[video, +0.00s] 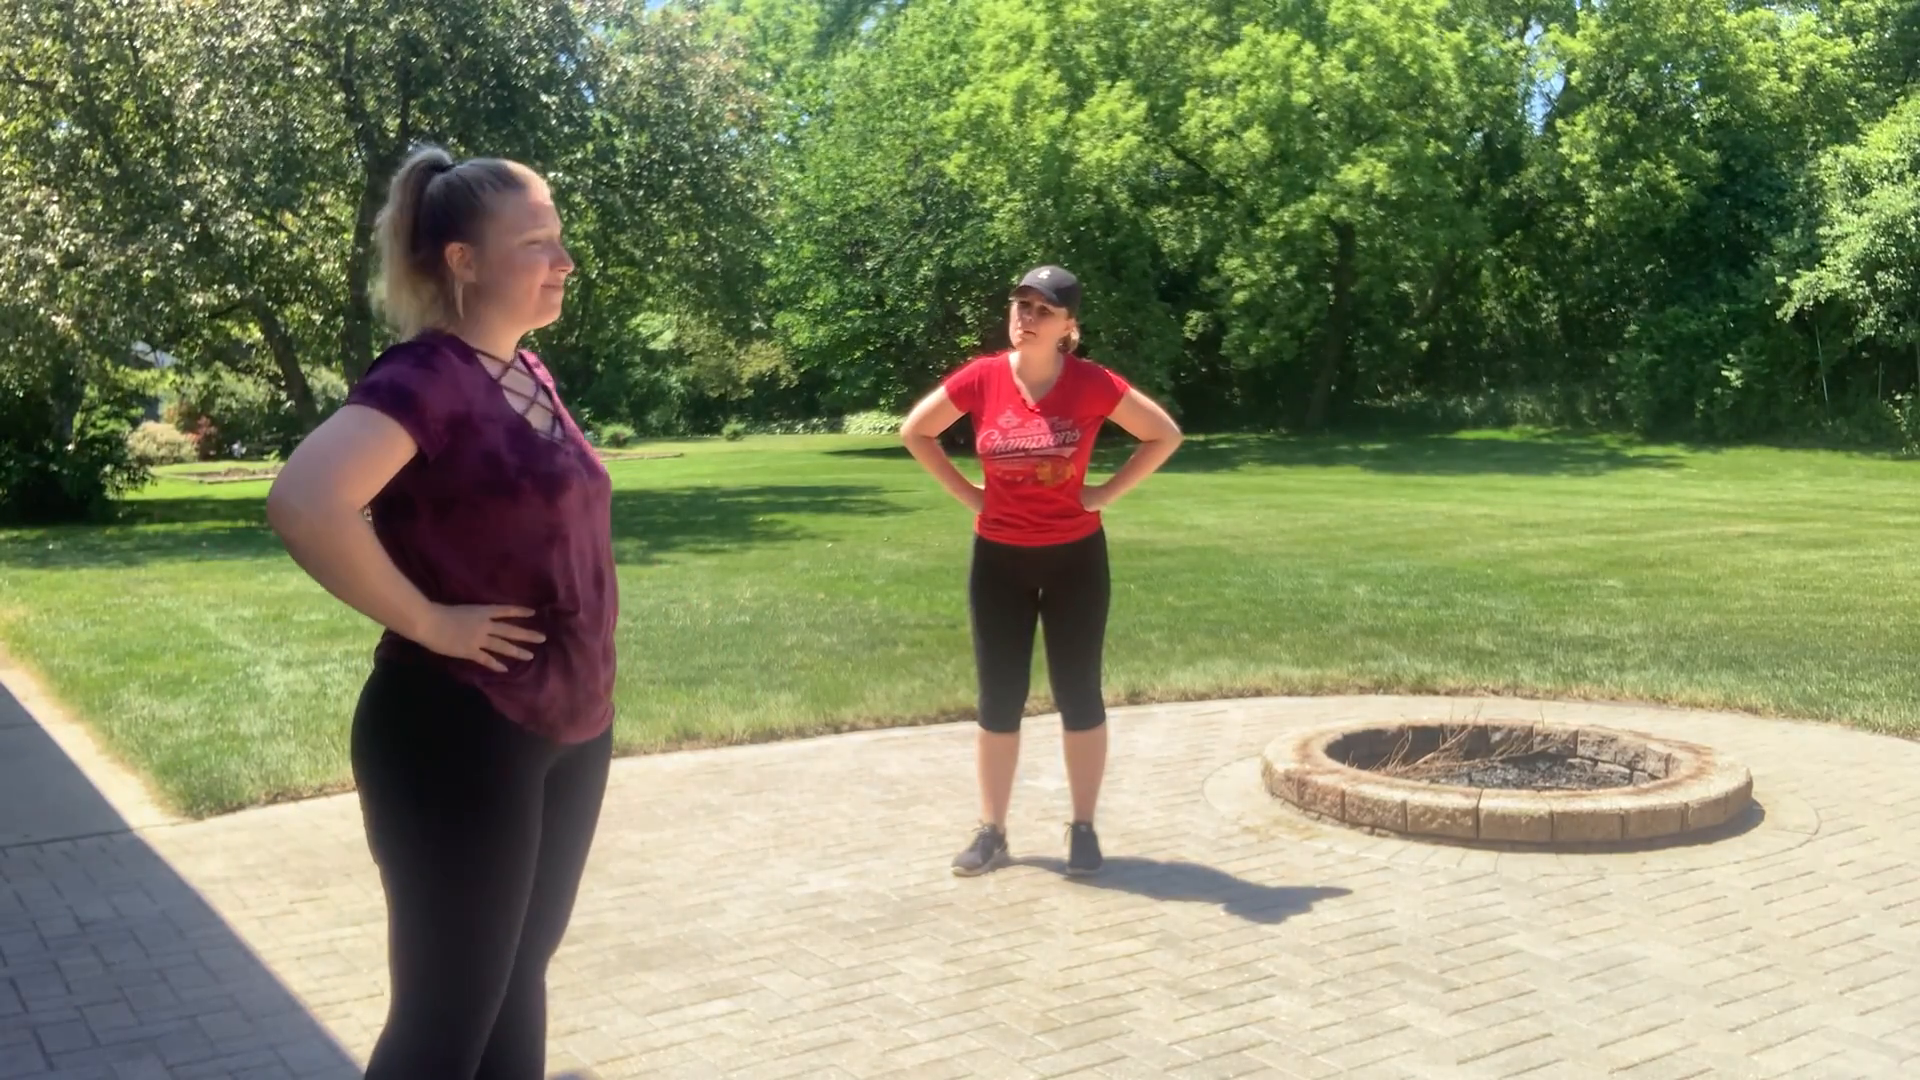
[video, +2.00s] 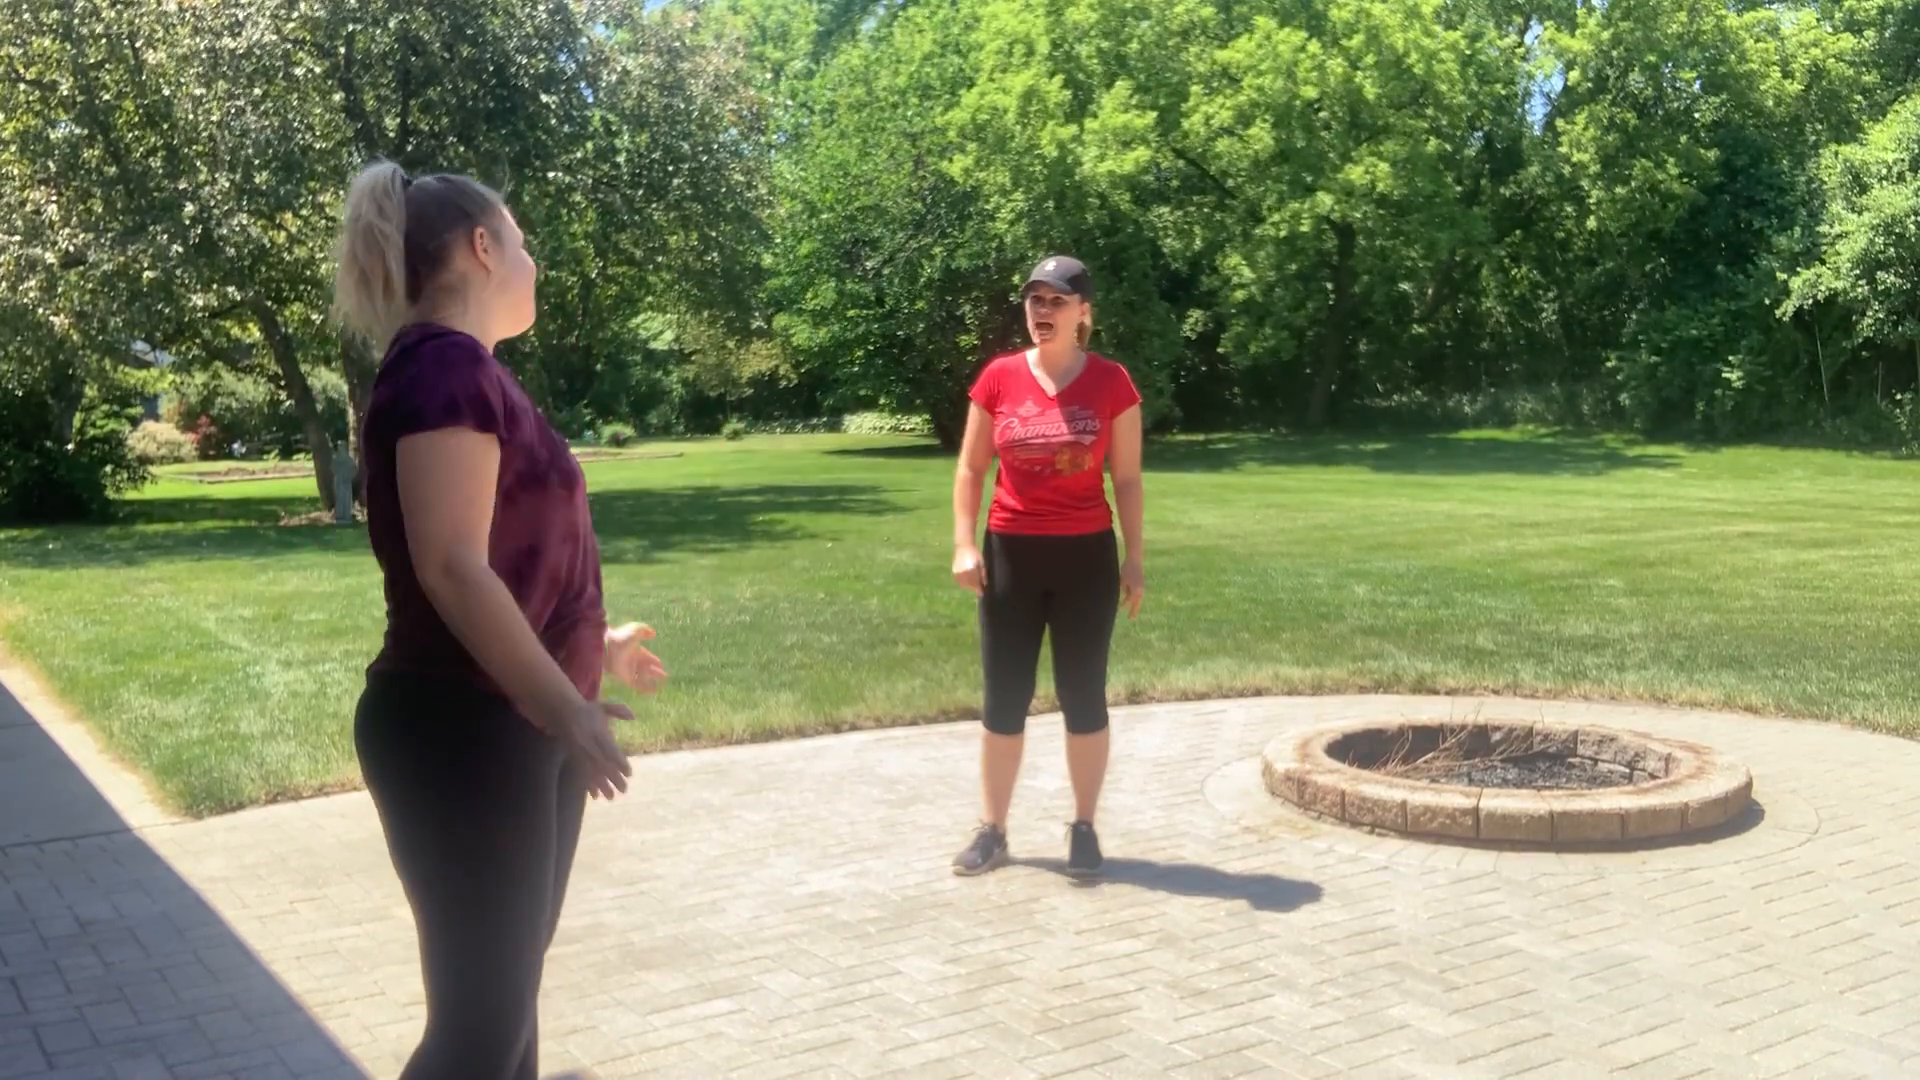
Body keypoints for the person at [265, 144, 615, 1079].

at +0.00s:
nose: (563, 260)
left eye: (560, 240)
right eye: (538, 243)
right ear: (462, 261)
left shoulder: (528, 370)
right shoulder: (426, 377)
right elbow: (306, 501)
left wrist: (560, 600)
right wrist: (425, 619)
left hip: (566, 717)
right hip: (462, 726)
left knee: (519, 984)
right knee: (444, 1019)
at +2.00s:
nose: (532, 262)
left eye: (525, 242)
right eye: (520, 241)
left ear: (451, 259)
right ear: (479, 246)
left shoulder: (467, 372)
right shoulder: (446, 365)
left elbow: (467, 573)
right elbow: (450, 566)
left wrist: (584, 644)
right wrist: (563, 712)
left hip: (505, 721)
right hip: (467, 725)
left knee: (502, 1021)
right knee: (480, 1028)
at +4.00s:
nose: (618, 281)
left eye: (616, 262)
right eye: (611, 261)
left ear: (556, 267)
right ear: (562, 267)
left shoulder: (573, 375)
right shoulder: (465, 381)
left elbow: (585, 550)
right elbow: (431, 583)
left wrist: (643, 662)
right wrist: (500, 749)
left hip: (585, 730)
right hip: (479, 738)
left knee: (547, 992)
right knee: (472, 1016)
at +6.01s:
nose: (274, 238)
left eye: (281, 209)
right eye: (235, 205)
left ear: (291, 222)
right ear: (133, 215)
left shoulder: (333, 385)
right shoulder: (25, 394)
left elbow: (420, 577)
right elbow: (4, 666)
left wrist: (448, 614)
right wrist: (23, 627)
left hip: (319, 842)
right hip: (80, 851)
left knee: (330, 1066)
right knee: (96, 1064)